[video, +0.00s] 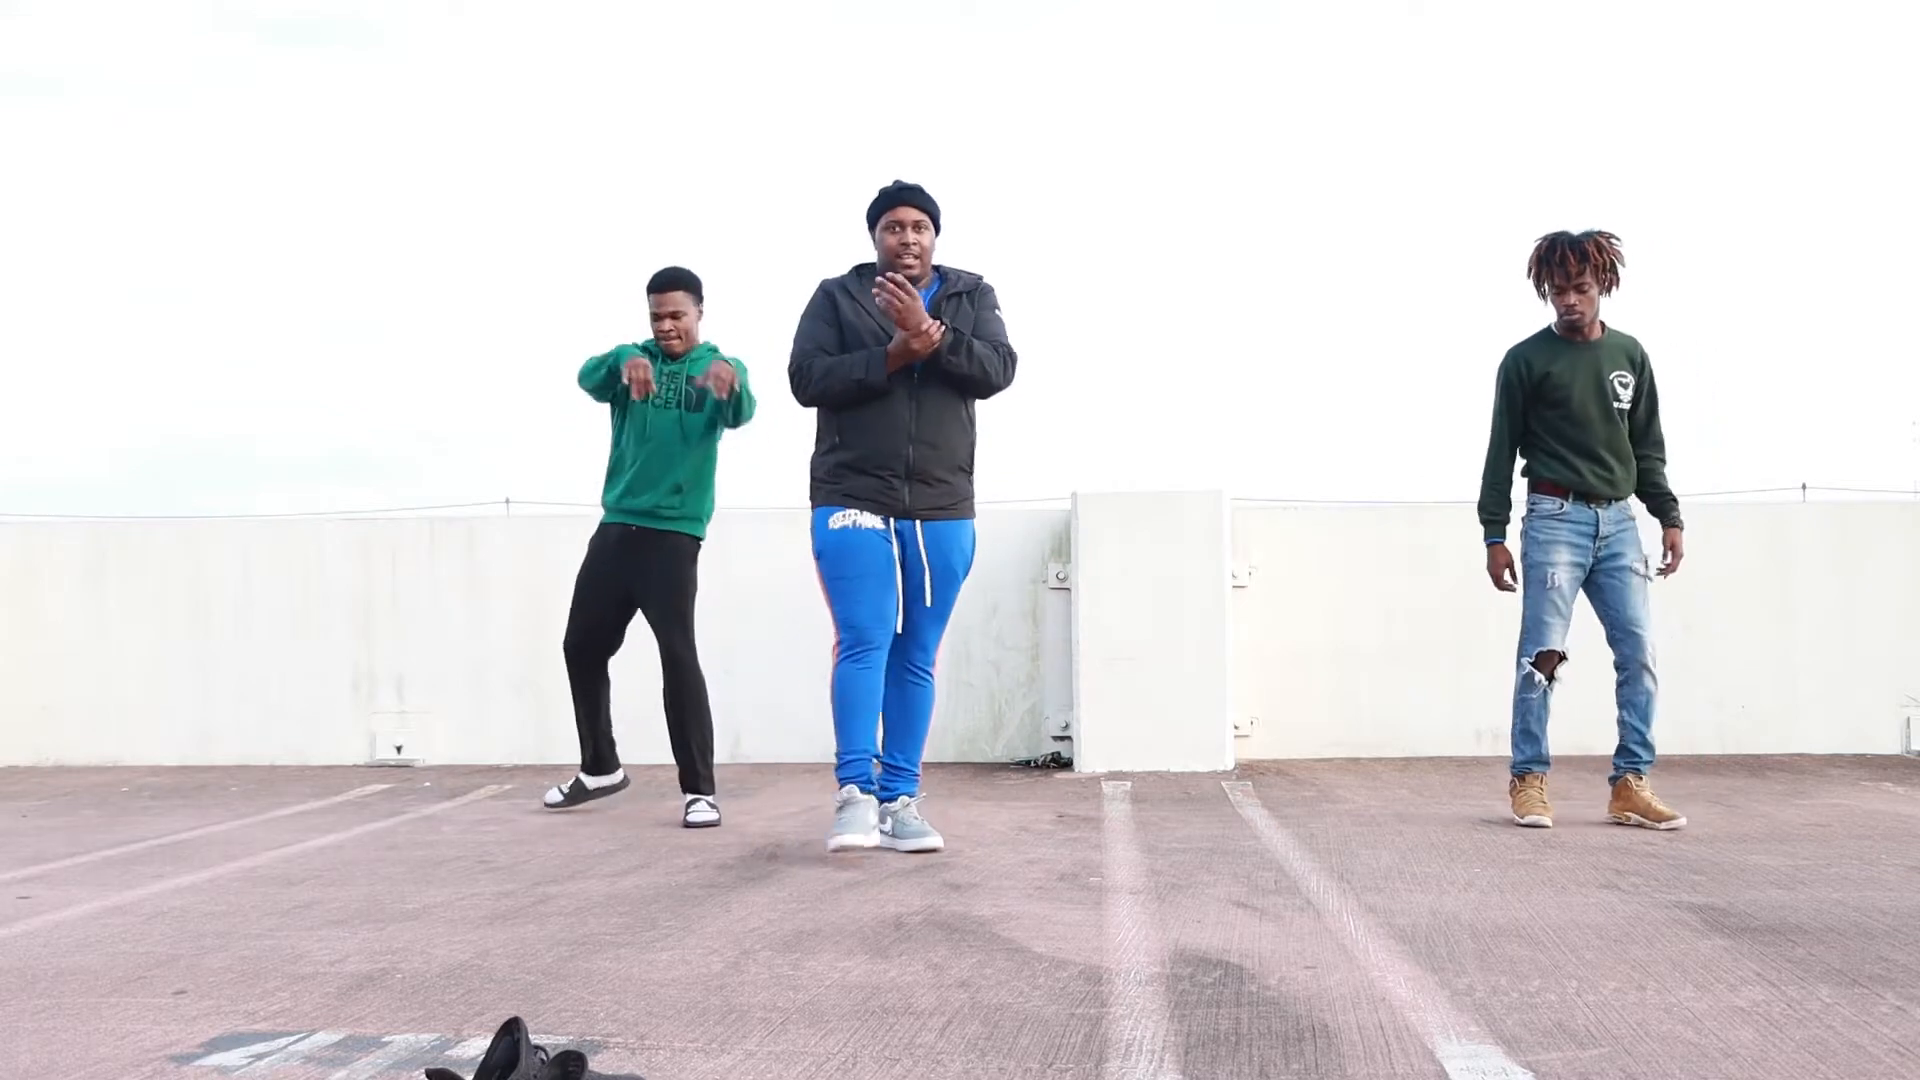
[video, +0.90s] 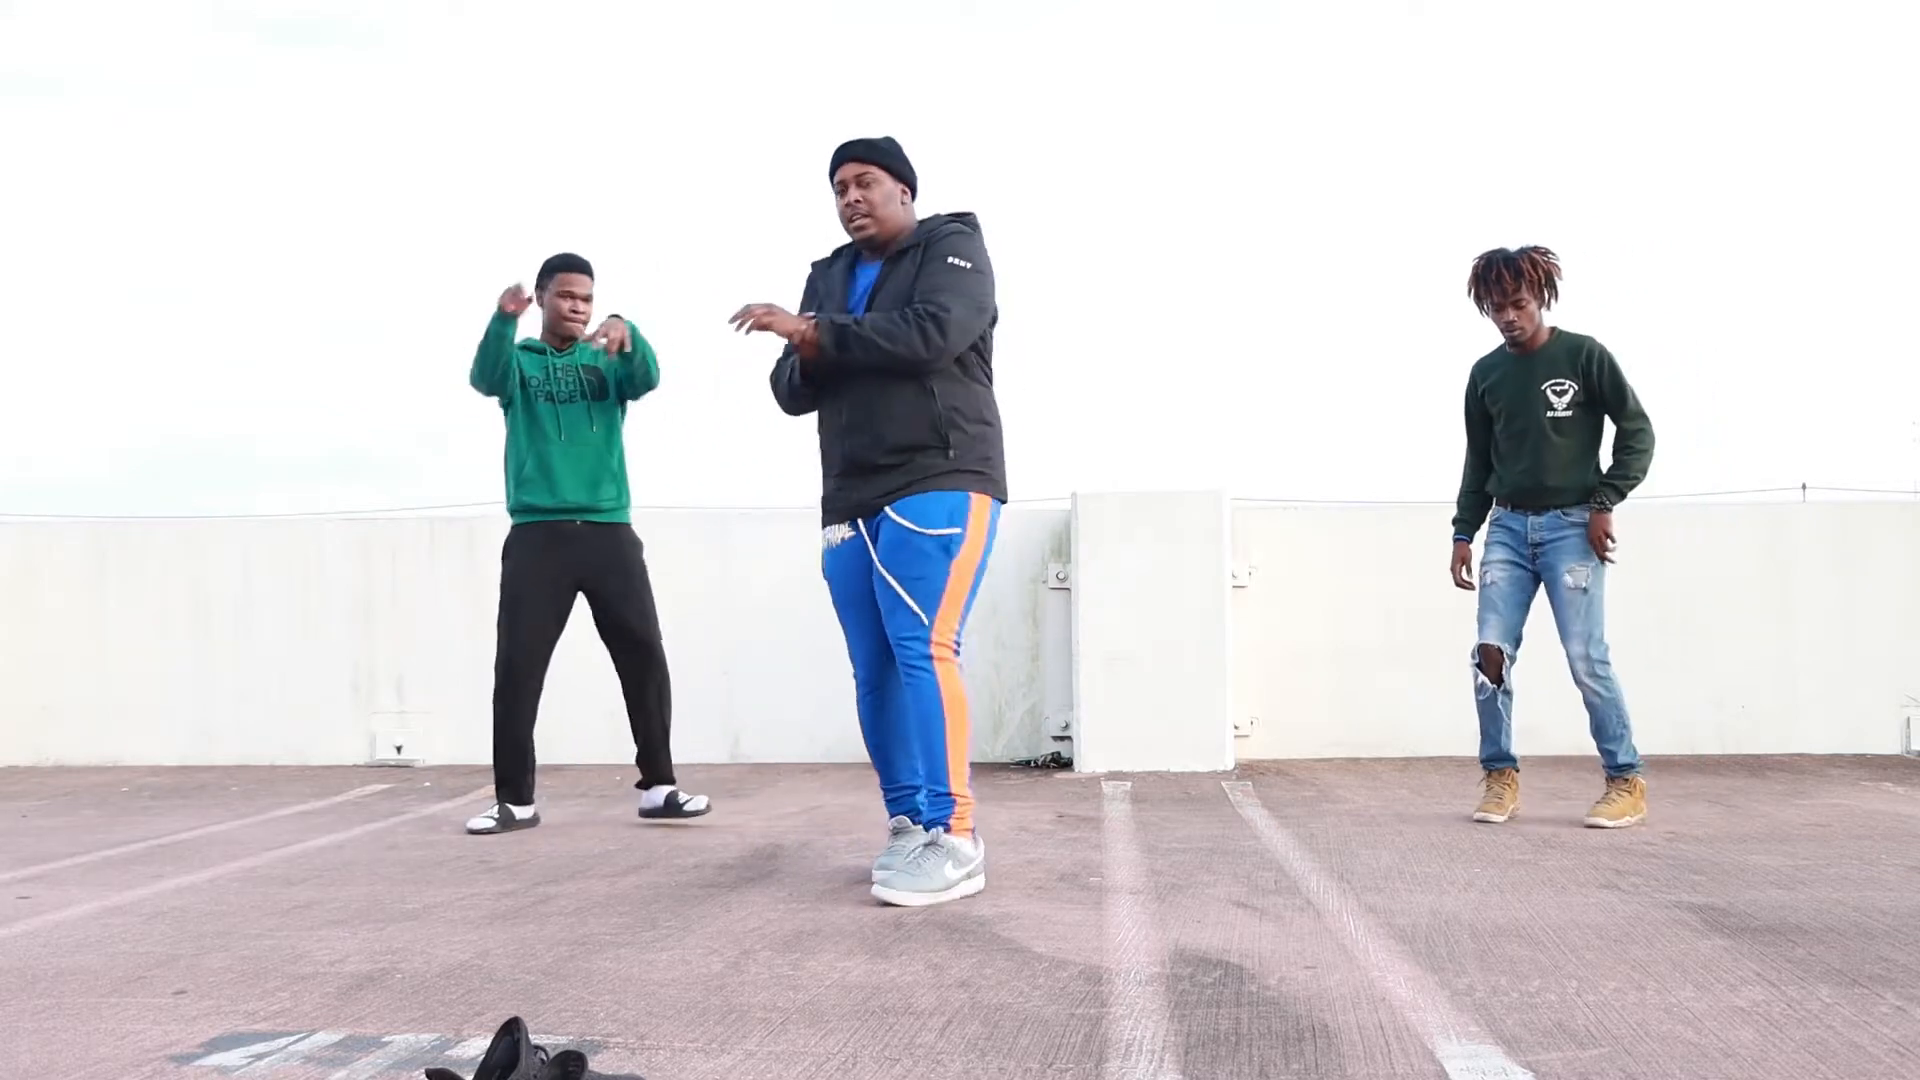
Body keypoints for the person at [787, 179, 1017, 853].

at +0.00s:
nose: (907, 238)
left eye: (918, 228)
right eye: (893, 228)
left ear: (936, 238)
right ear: (874, 239)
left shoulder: (968, 295)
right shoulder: (839, 296)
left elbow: (997, 369)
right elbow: (806, 378)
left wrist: (932, 337)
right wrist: (891, 355)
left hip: (941, 500)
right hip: (853, 495)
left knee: (917, 657)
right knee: (865, 641)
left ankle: (900, 800)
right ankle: (856, 794)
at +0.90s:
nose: (852, 195)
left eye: (866, 181)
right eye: (842, 189)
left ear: (906, 187)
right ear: (837, 206)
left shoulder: (951, 244)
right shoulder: (829, 275)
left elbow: (930, 335)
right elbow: (790, 393)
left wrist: (813, 330)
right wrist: (816, 346)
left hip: (940, 481)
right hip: (853, 496)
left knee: (924, 645)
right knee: (875, 666)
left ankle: (954, 838)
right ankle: (911, 830)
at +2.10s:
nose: (708, 212)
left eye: (713, 201)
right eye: (711, 201)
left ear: (732, 204)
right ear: (782, 208)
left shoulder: (706, 265)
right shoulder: (825, 288)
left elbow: (649, 371)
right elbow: (818, 380)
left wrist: (658, 406)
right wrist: (705, 402)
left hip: (724, 487)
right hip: (817, 491)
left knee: (675, 653)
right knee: (780, 659)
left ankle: (636, 822)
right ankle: (786, 831)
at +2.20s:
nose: (688, 221)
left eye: (692, 211)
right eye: (691, 210)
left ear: (709, 215)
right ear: (761, 220)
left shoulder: (678, 278)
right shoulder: (807, 294)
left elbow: (621, 393)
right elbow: (819, 384)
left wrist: (643, 446)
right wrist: (763, 418)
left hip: (696, 498)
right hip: (793, 500)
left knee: (660, 659)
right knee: (767, 664)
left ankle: (619, 821)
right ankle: (784, 829)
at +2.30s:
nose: (669, 225)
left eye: (673, 217)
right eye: (675, 215)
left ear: (688, 223)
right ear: (739, 226)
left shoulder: (649, 288)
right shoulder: (786, 293)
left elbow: (598, 401)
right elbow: (820, 377)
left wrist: (591, 475)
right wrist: (761, 408)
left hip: (669, 501)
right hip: (769, 509)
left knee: (643, 663)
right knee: (738, 662)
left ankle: (621, 823)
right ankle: (777, 815)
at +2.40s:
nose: (652, 230)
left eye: (655, 222)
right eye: (658, 221)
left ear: (666, 226)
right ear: (725, 231)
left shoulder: (629, 292)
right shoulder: (773, 300)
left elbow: (580, 404)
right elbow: (829, 361)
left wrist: (559, 503)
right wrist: (763, 376)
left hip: (651, 504)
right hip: (747, 512)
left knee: (634, 662)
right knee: (715, 657)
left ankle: (620, 824)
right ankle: (757, 769)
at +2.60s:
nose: (654, 238)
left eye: (656, 229)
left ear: (656, 231)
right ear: (720, 234)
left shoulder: (614, 288)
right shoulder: (764, 296)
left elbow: (561, 380)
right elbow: (844, 332)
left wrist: (523, 475)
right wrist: (808, 299)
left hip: (641, 500)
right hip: (734, 506)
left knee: (630, 658)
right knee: (701, 642)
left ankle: (621, 822)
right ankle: (723, 788)